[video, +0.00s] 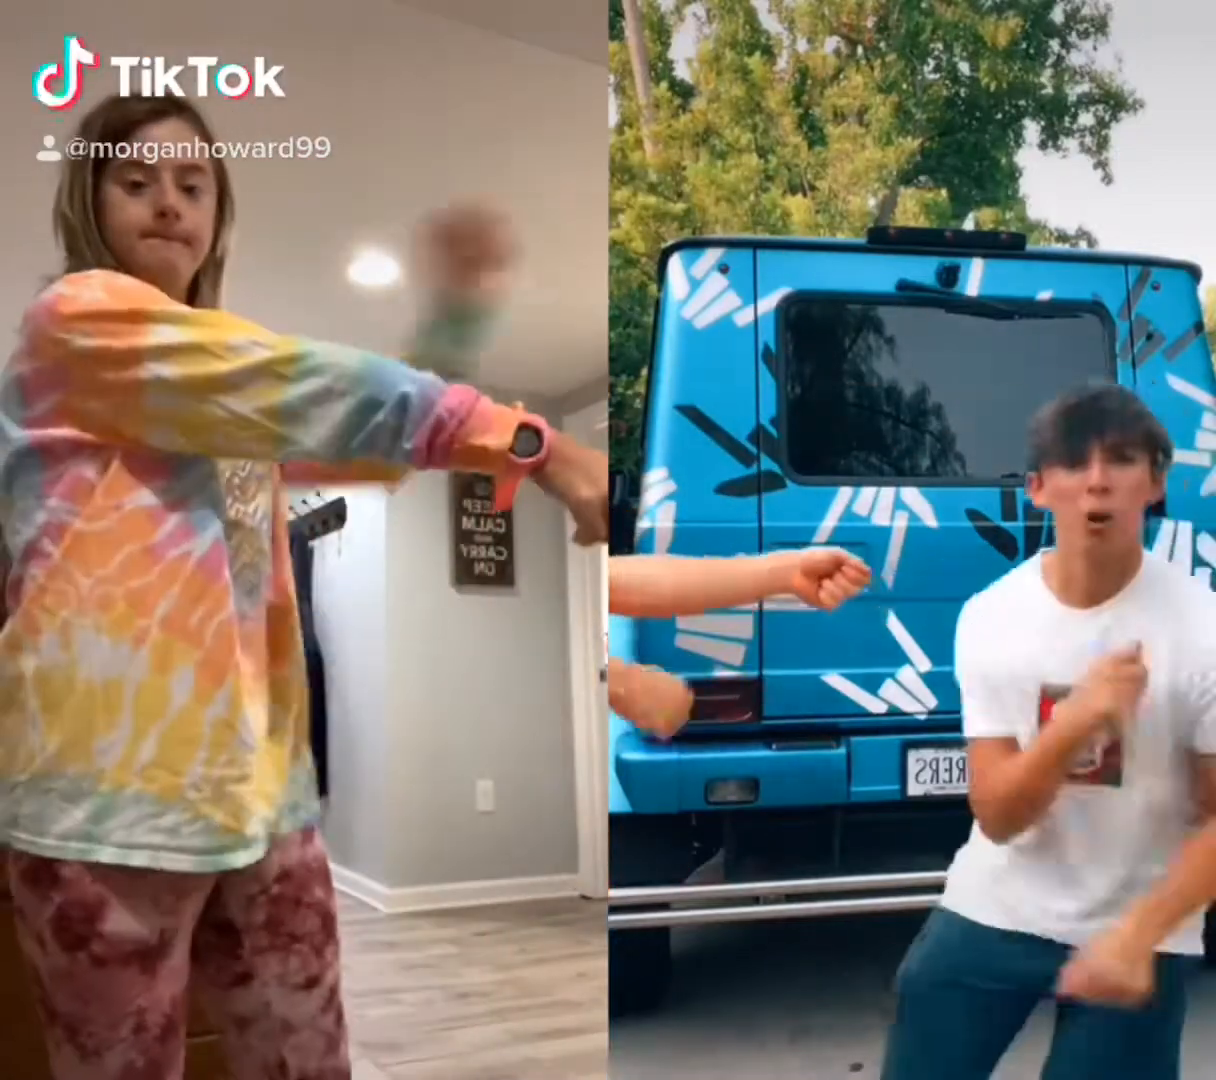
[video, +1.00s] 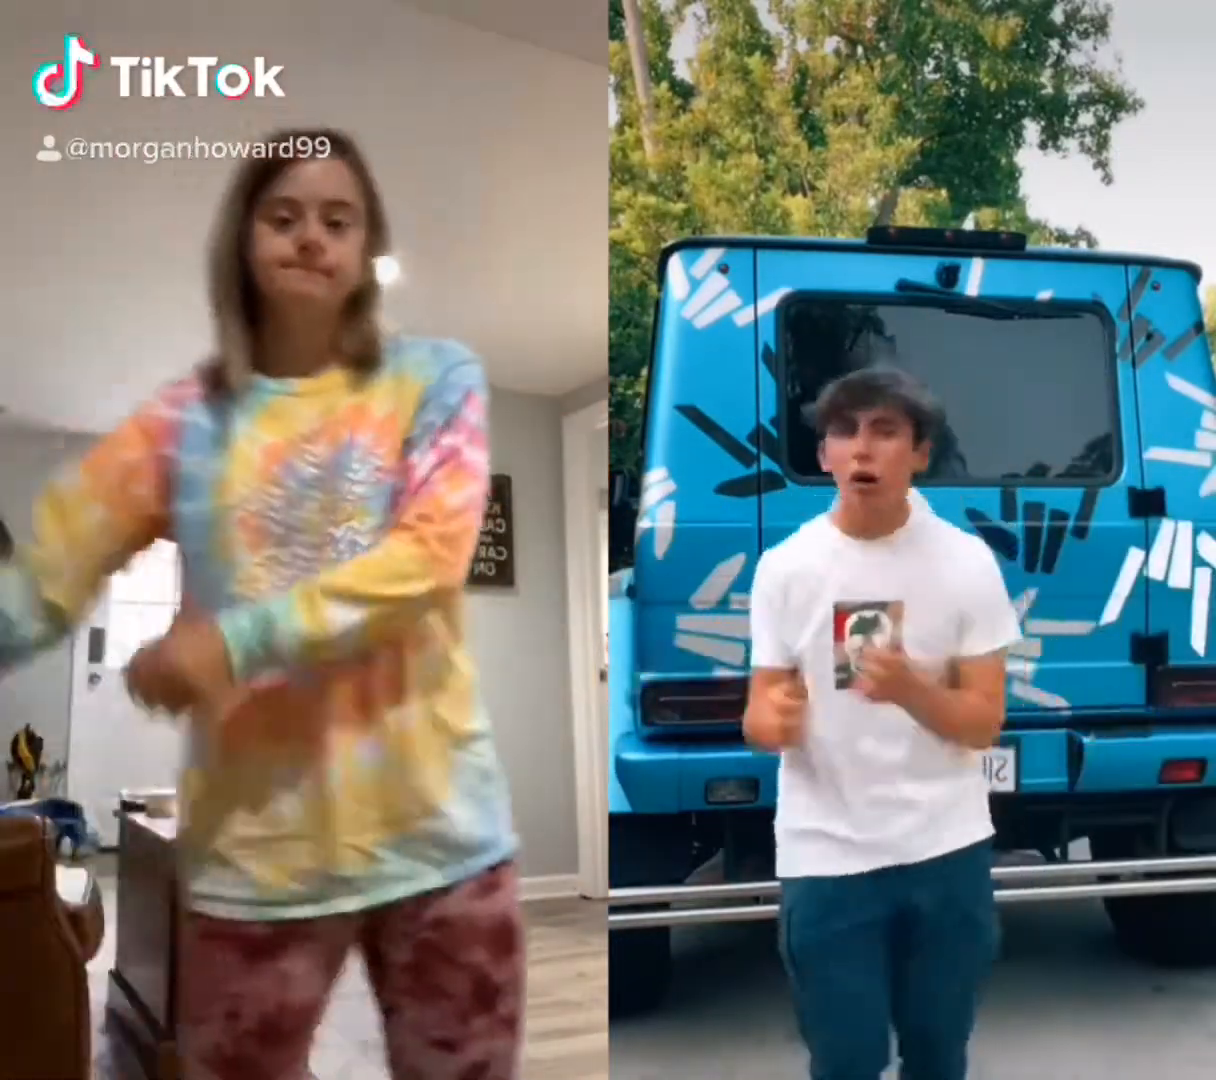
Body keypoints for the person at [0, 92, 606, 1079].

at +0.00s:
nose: (170, 205)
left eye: (195, 184)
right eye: (138, 180)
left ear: (220, 213)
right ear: (90, 203)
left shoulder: (215, 358)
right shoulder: (77, 319)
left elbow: (372, 445)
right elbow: (295, 386)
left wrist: (456, 313)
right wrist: (534, 445)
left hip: (257, 802)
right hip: (102, 812)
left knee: (302, 1069)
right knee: (120, 1072)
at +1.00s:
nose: (311, 239)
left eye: (338, 219)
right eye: (285, 214)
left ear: (371, 250)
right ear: (241, 238)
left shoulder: (436, 381)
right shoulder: (184, 423)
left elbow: (427, 564)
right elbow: (39, 577)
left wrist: (232, 640)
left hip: (439, 842)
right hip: (253, 857)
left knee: (465, 1072)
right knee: (233, 1069)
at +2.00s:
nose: (280, 279)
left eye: (305, 257)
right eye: (255, 257)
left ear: (339, 285)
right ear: (217, 281)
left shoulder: (379, 442)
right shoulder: (149, 413)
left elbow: (379, 617)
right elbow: (101, 600)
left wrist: (280, 588)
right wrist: (272, 700)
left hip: (306, 835)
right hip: (130, 839)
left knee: (358, 1067)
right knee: (112, 1069)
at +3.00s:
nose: (400, 260)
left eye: (425, 238)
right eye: (372, 238)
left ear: (455, 265)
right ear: (331, 263)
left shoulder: (527, 382)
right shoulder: (282, 440)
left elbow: (572, 558)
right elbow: (286, 607)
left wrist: (452, 593)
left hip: (529, 814)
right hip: (358, 816)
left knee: (532, 1066)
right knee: (300, 1064)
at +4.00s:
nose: (415, 273)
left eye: (432, 245)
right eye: (383, 259)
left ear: (468, 255)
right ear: (351, 290)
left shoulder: (559, 381)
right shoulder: (336, 437)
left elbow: (675, 482)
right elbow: (317, 631)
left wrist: (552, 462)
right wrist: (347, 553)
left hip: (582, 788)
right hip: (431, 804)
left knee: (583, 1059)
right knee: (422, 1060)